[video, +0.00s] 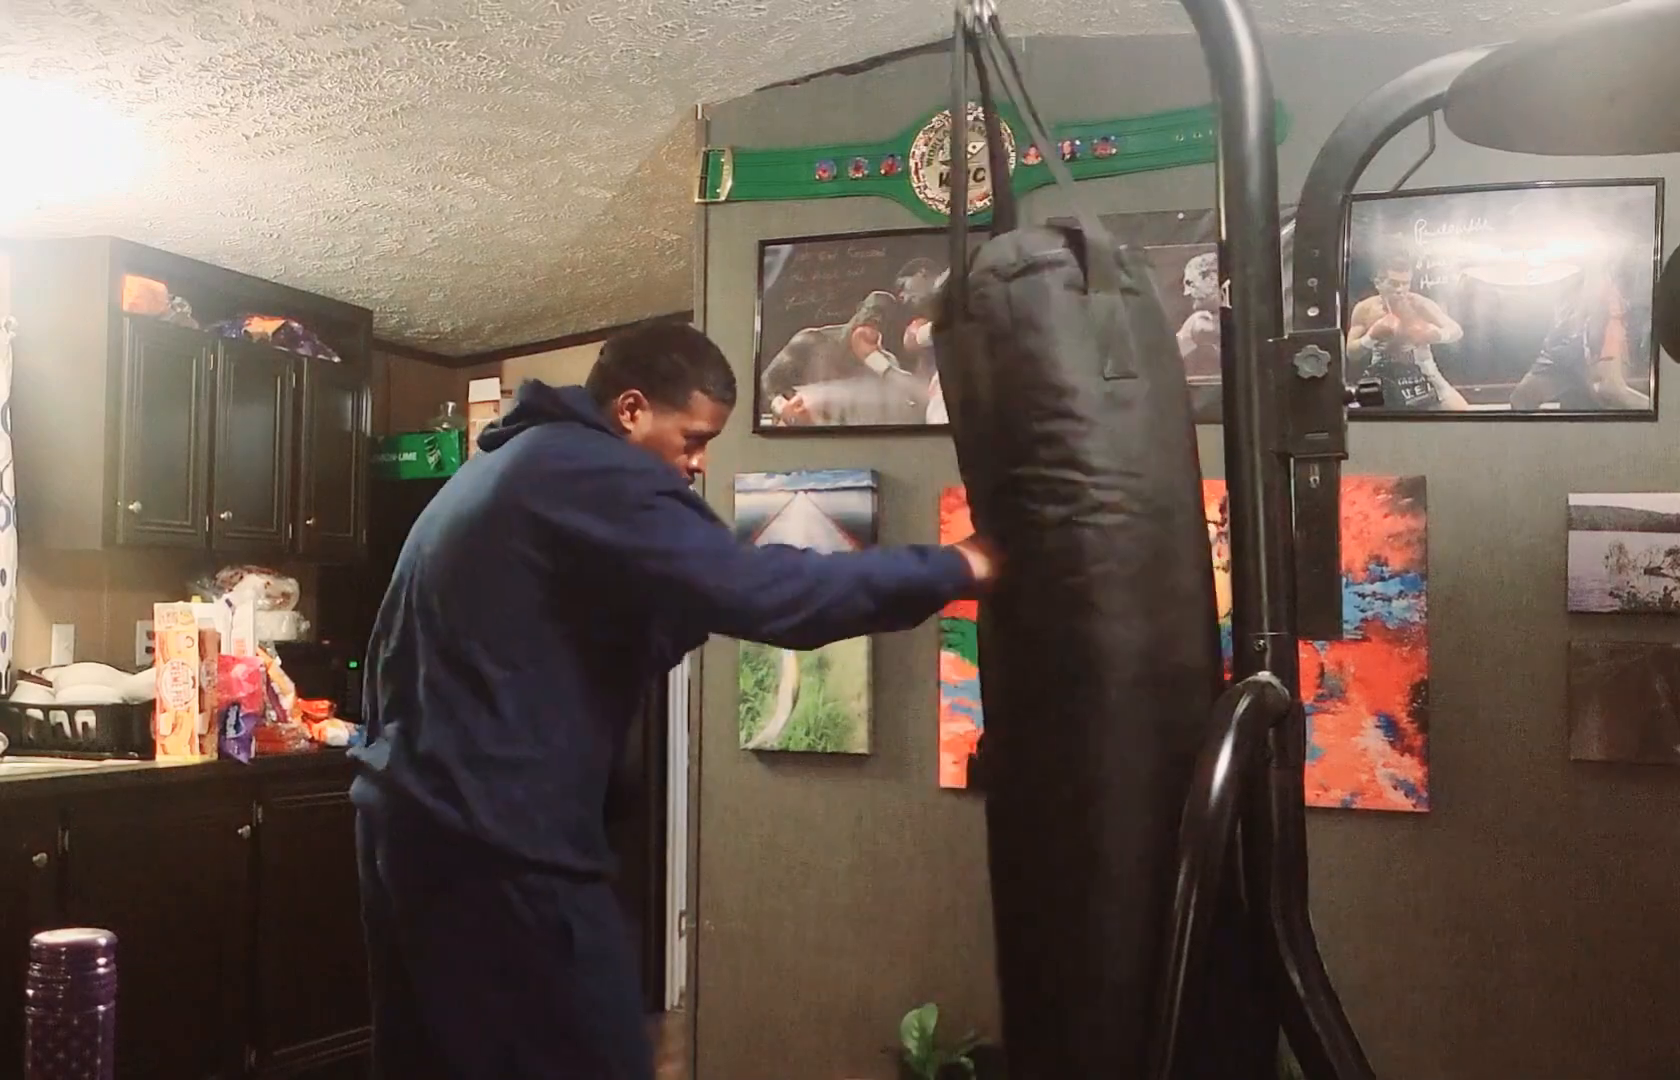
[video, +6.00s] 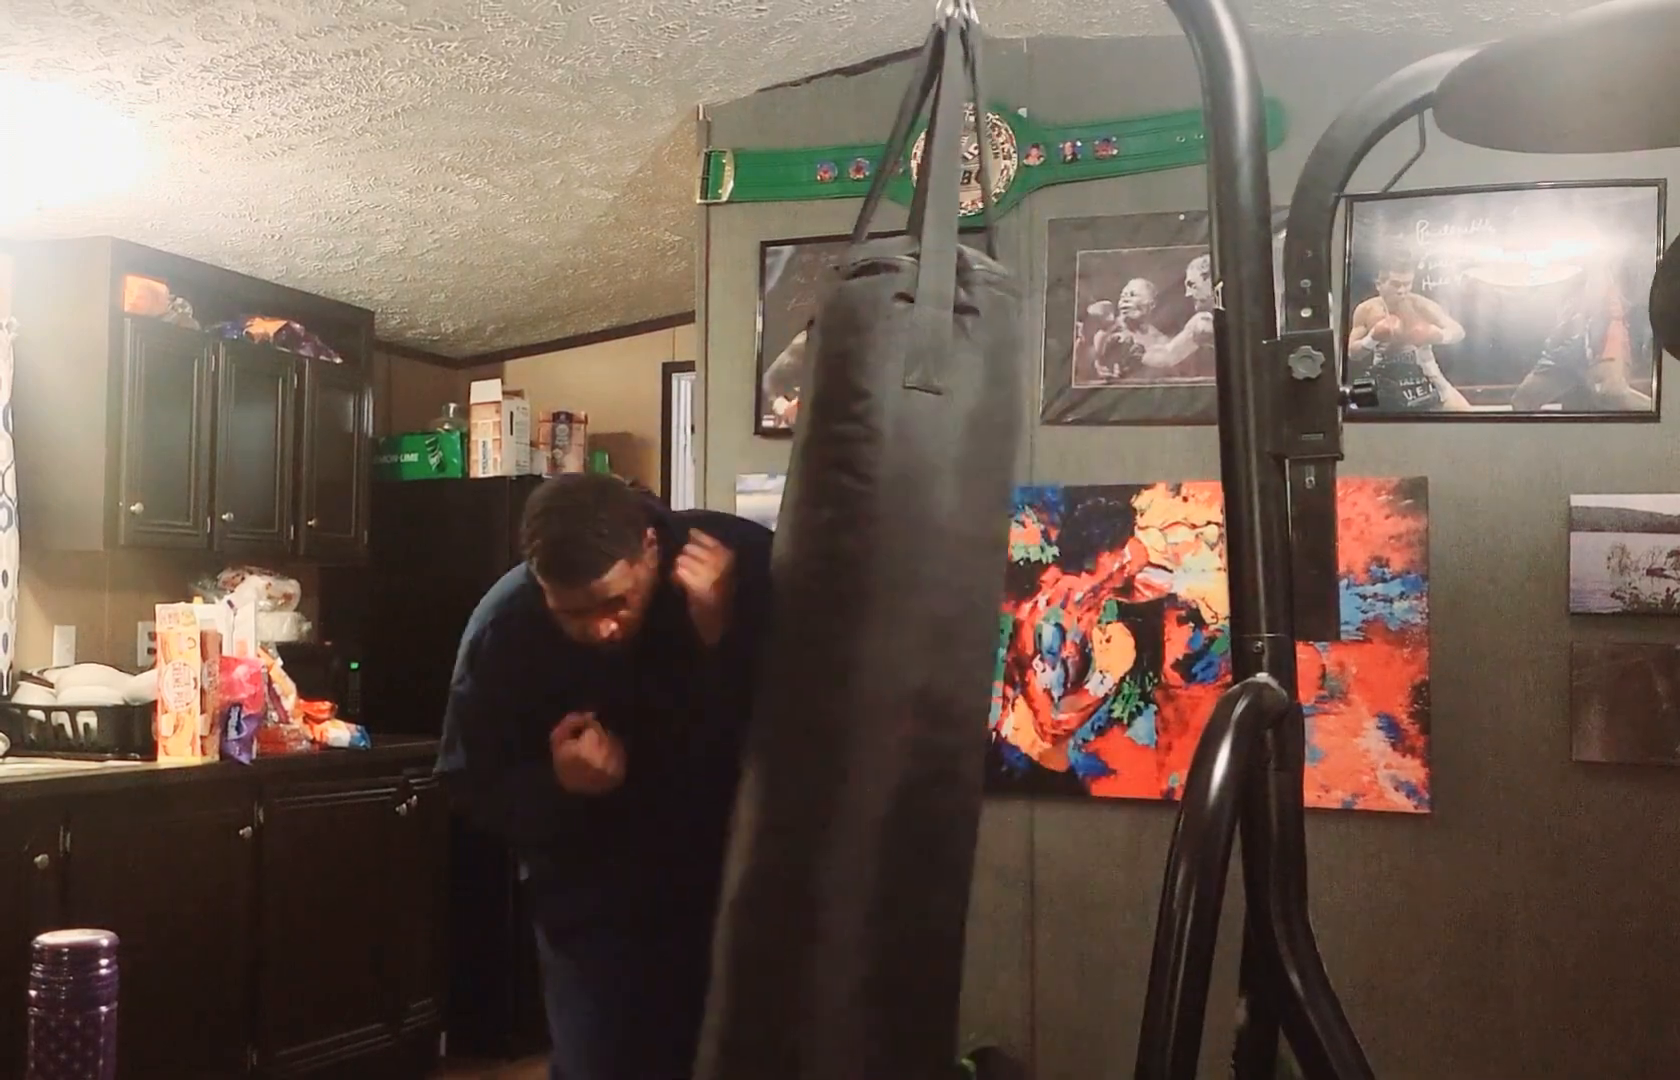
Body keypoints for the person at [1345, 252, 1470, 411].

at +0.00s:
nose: (1401, 290)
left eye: (1405, 284)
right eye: (1394, 284)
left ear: (1410, 283)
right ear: (1378, 283)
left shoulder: (1421, 304)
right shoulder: (1364, 309)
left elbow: (1456, 331)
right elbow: (1351, 354)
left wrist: (1433, 334)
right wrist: (1372, 336)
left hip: (1425, 378)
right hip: (1383, 380)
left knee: (1463, 413)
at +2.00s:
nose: (1401, 290)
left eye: (1406, 284)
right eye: (1394, 284)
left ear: (1410, 283)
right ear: (1378, 283)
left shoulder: (1420, 304)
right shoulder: (1364, 310)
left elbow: (1457, 331)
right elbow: (1351, 353)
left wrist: (1434, 334)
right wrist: (1373, 336)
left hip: (1427, 381)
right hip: (1384, 384)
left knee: (1465, 415)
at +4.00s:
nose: (1402, 291)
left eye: (1407, 284)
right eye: (1396, 284)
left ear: (1412, 283)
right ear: (1379, 283)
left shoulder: (1421, 304)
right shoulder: (1366, 310)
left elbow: (1458, 331)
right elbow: (1352, 353)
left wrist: (1435, 335)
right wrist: (1374, 337)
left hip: (1429, 382)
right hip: (1386, 386)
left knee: (1467, 416)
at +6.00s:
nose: (1402, 291)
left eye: (1407, 285)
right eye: (1396, 285)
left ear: (1412, 283)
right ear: (1379, 284)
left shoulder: (1421, 305)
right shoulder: (1365, 310)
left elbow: (1458, 332)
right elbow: (1352, 353)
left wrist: (1435, 335)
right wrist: (1374, 338)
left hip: (1428, 382)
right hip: (1385, 385)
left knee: (1469, 418)